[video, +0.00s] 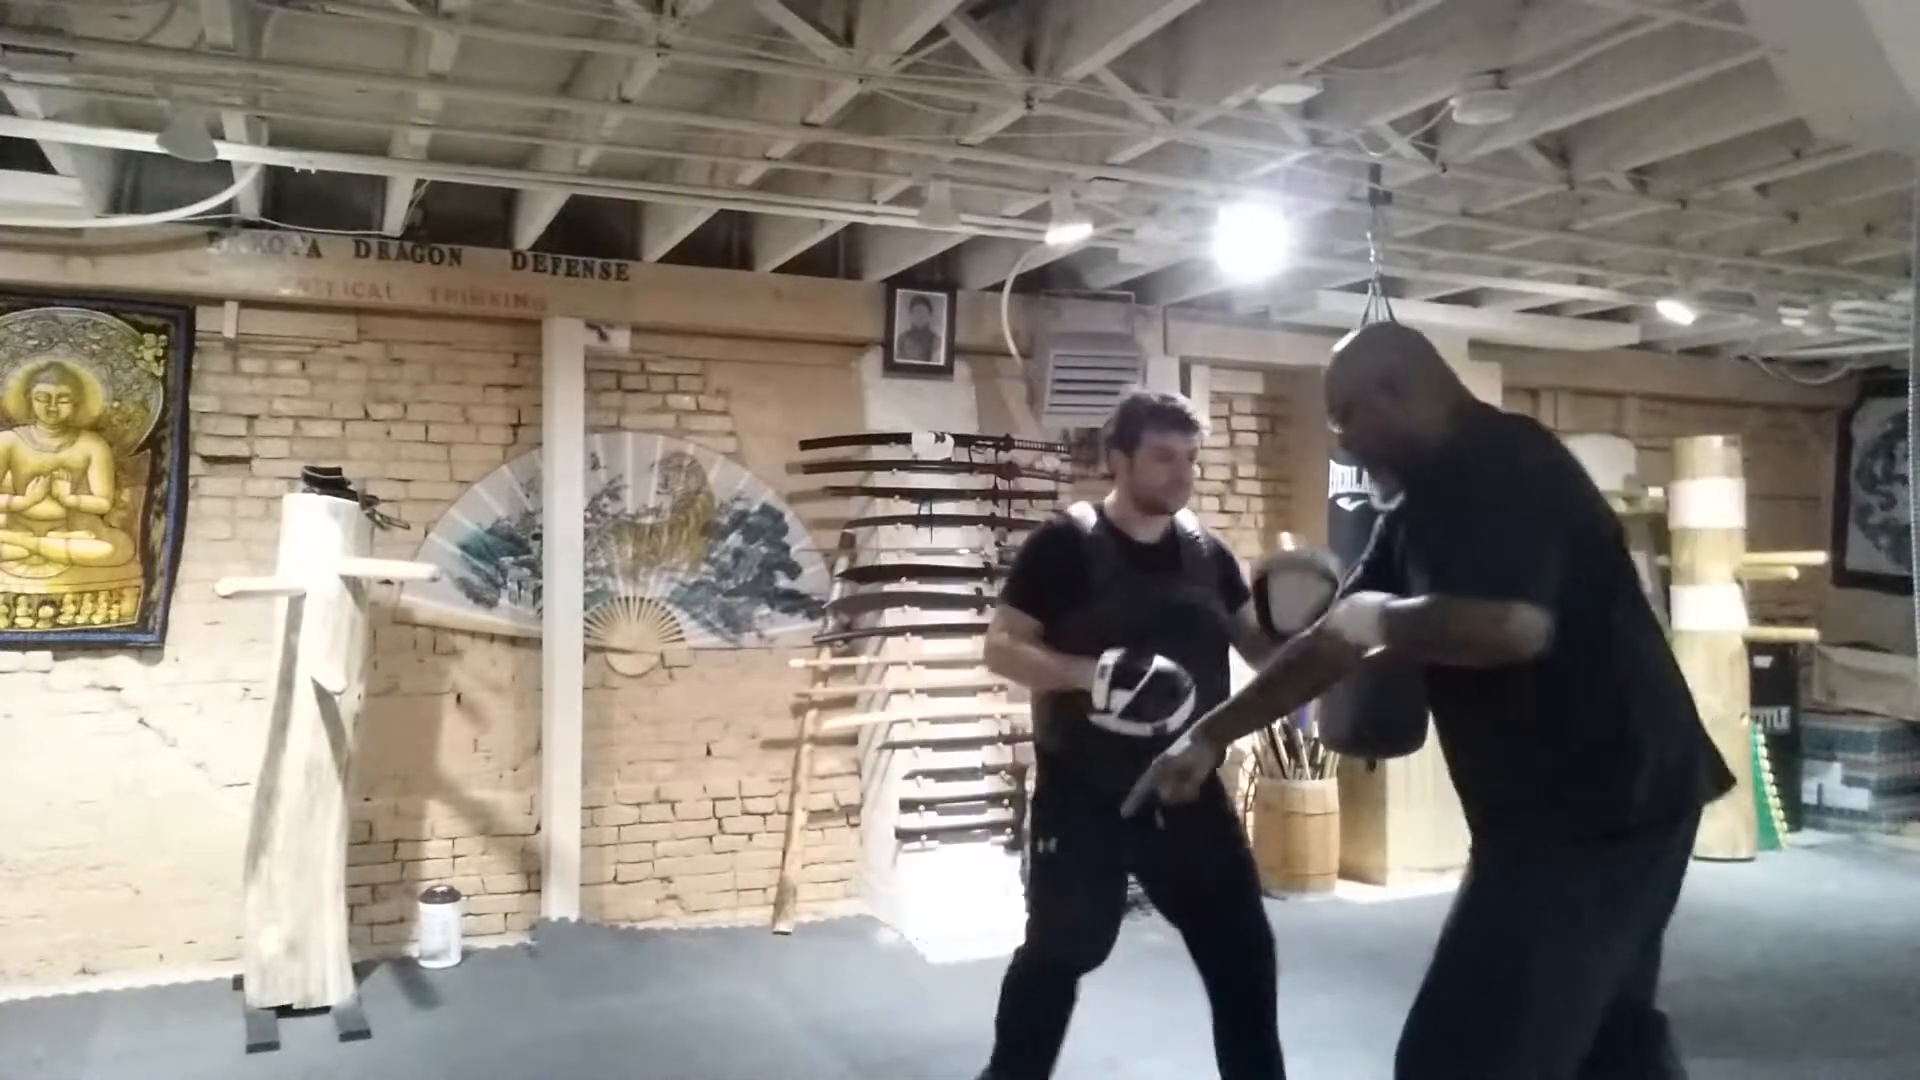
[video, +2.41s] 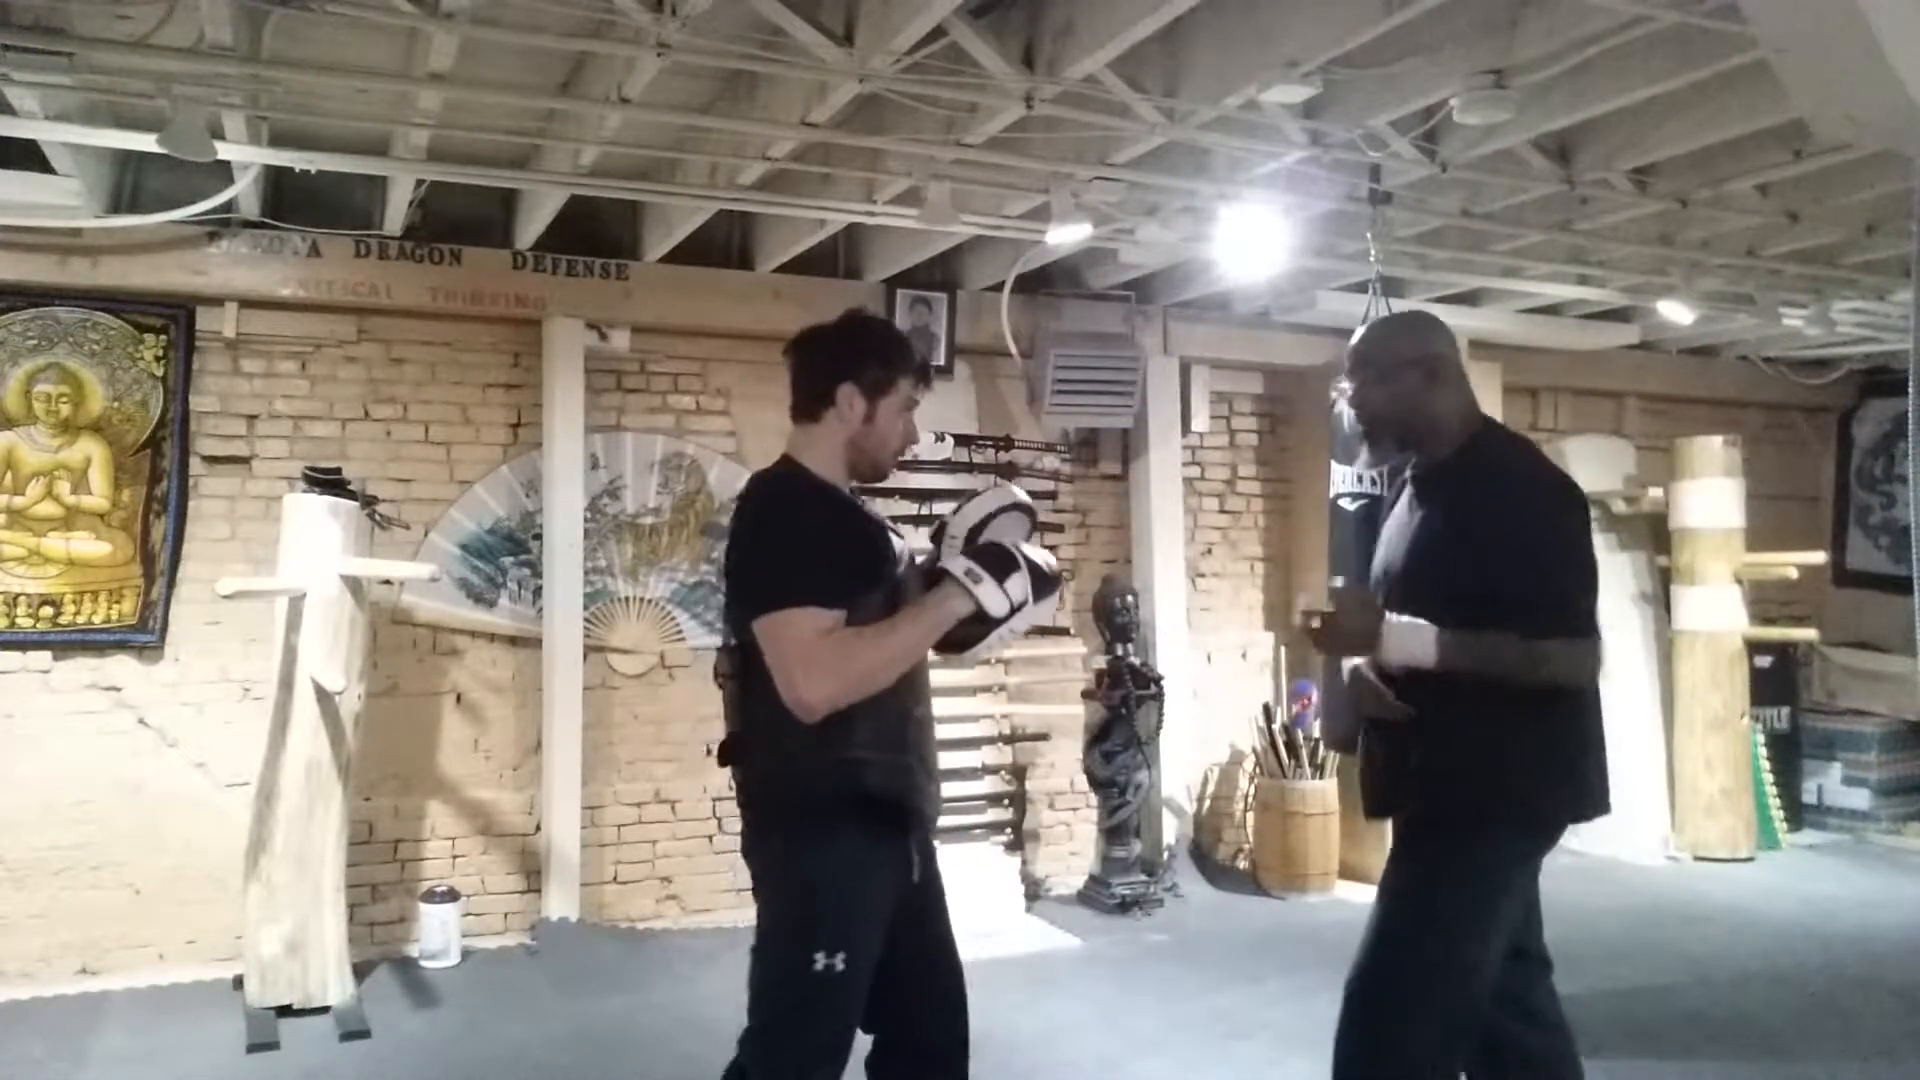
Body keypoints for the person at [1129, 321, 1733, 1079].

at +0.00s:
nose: (1341, 442)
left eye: (1344, 416)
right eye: (1336, 423)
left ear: (1396, 392)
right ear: (1397, 393)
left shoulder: (1500, 459)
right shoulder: (1426, 503)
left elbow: (1517, 624)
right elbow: (1343, 638)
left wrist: (1379, 620)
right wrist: (1208, 734)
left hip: (1592, 813)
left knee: (1451, 1060)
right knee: (1615, 1048)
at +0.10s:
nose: (1363, 436)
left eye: (1366, 411)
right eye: (1358, 417)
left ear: (1422, 387)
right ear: (1422, 388)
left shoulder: (1546, 455)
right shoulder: (1434, 510)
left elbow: (1589, 636)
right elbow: (1349, 647)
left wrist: (1422, 618)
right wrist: (1222, 734)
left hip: (1616, 813)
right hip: (1552, 817)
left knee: (1477, 1061)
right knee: (1639, 1055)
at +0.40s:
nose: (1409, 417)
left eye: (1417, 395)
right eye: (1405, 399)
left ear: (1480, 383)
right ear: (1469, 389)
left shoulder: (1612, 470)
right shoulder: (1467, 495)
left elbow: (1683, 641)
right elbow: (1396, 612)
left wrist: (1501, 630)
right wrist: (1299, 669)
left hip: (1622, 809)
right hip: (1554, 806)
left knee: (1488, 1050)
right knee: (1639, 1035)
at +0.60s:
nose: (1382, 422)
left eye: (1391, 395)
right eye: (1377, 401)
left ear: (1456, 377)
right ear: (1451, 383)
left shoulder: (1582, 475)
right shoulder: (1434, 501)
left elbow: (1664, 639)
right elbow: (1425, 630)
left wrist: (1483, 641)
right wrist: (1383, 719)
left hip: (1598, 808)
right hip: (1518, 807)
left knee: (1457, 1043)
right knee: (1612, 1030)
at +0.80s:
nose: (1326, 435)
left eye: (1333, 414)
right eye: (1320, 418)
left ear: (1391, 389)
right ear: (1391, 392)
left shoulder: (1508, 480)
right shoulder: (1406, 495)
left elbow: (1580, 663)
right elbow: (1428, 645)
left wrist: (1415, 659)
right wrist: (1404, 746)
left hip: (1571, 781)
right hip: (1493, 780)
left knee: (1432, 1034)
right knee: (1509, 1018)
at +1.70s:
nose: (1289, 433)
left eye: (1305, 411)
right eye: (1287, 413)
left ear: (1372, 407)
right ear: (1370, 411)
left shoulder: (1454, 509)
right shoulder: (1366, 503)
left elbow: (1473, 713)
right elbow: (1378, 653)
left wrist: (1337, 673)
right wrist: (1345, 705)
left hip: (1488, 804)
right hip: (1430, 794)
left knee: (1369, 1038)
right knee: (1508, 1021)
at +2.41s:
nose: (1350, 405)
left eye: (1361, 385)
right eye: (1348, 388)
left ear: (1428, 375)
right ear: (1423, 380)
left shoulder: (1526, 486)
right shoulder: (1417, 490)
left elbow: (1572, 657)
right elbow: (1432, 637)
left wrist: (1392, 636)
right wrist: (1359, 677)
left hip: (1497, 798)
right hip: (1440, 789)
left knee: (1389, 1028)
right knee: (1514, 1017)